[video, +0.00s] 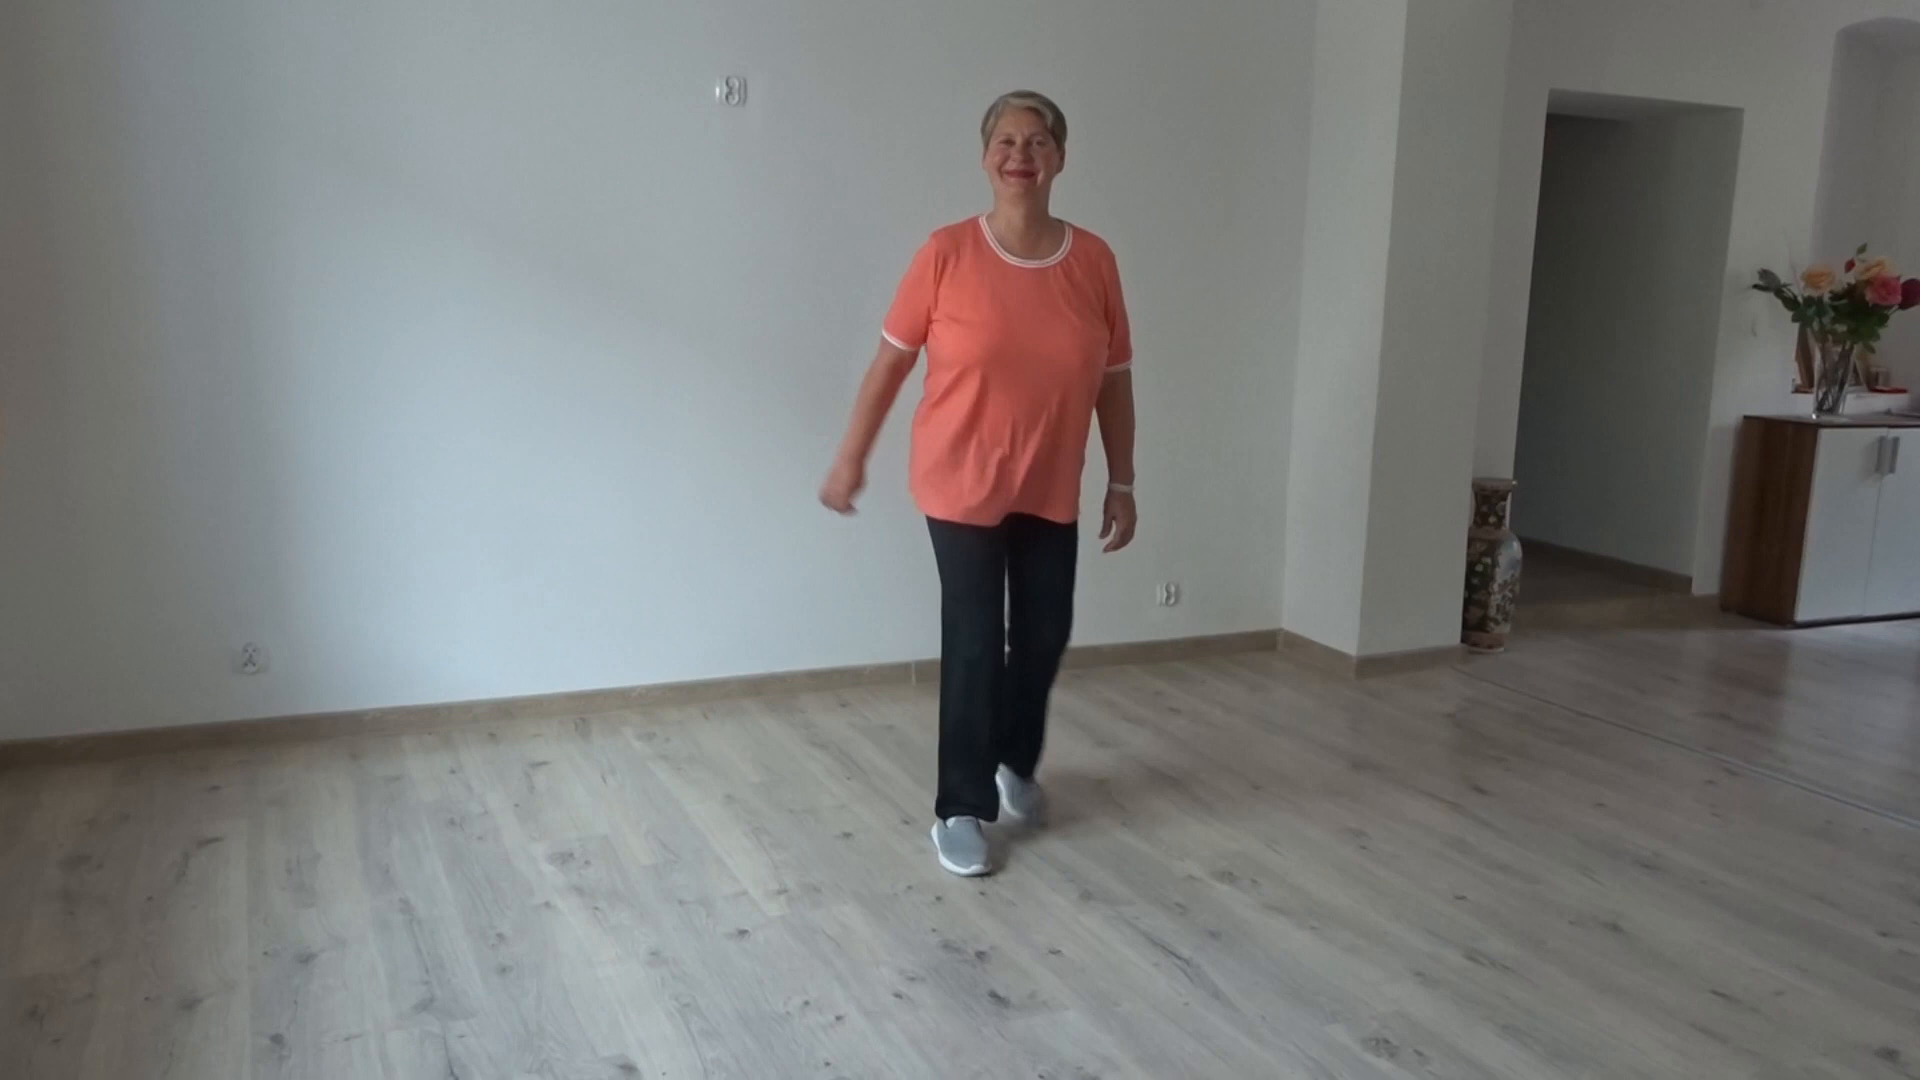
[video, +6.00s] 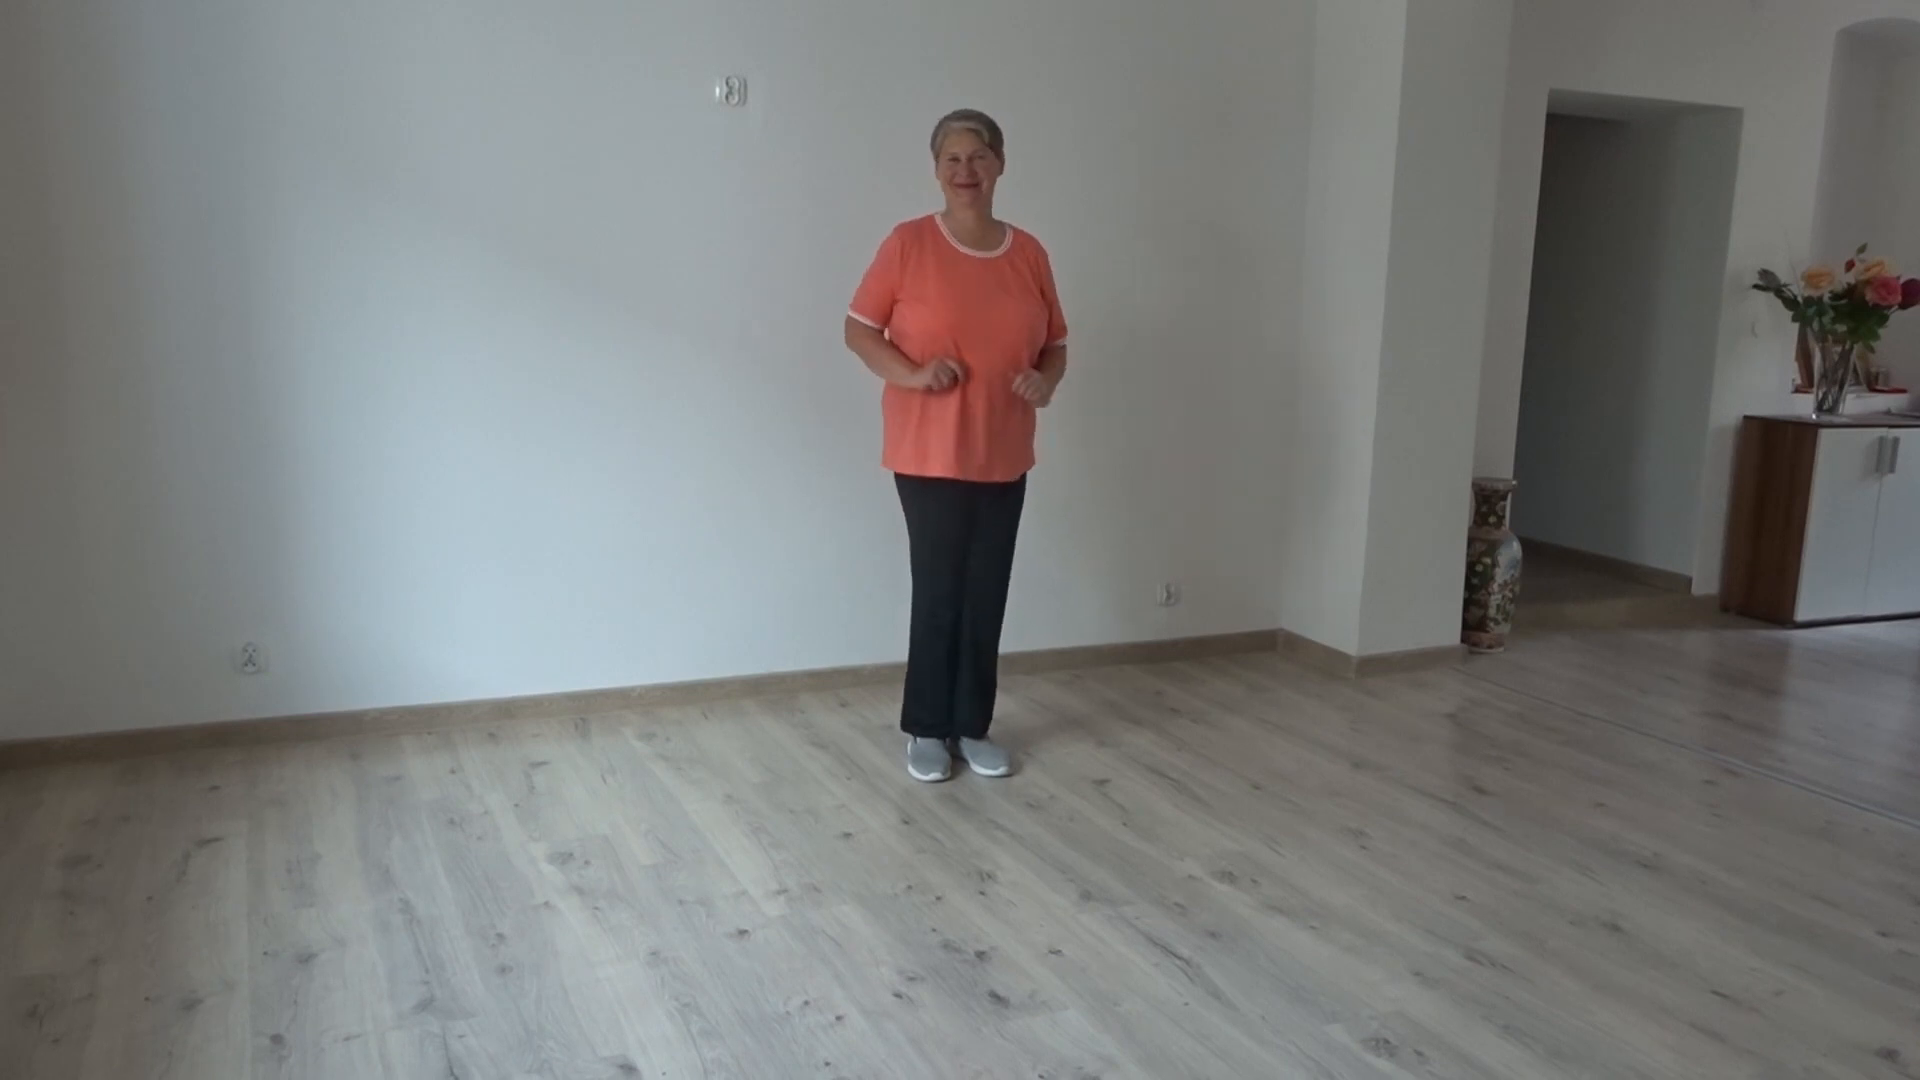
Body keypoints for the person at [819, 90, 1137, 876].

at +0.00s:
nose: (1018, 153)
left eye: (1035, 143)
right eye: (1005, 141)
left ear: (1059, 160)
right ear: (984, 157)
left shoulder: (1092, 259)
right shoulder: (948, 253)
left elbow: (1113, 380)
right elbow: (892, 360)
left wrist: (1122, 482)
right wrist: (850, 458)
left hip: (1051, 487)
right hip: (961, 483)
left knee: (1045, 637)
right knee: (974, 643)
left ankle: (1016, 761)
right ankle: (961, 809)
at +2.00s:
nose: (985, 165)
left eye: (994, 155)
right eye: (970, 157)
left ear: (1008, 167)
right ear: (945, 170)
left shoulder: (1026, 254)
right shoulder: (919, 242)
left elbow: (1038, 353)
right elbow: (870, 328)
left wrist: (1047, 427)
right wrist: (937, 380)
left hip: (1004, 458)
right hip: (935, 454)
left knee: (986, 597)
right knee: (941, 595)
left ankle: (969, 728)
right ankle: (924, 730)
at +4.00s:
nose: (988, 166)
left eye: (1000, 155)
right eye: (975, 157)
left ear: (1019, 167)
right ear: (956, 171)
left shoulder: (1046, 255)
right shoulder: (924, 243)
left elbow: (1071, 343)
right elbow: (876, 325)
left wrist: (1056, 378)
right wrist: (915, 365)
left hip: (1012, 460)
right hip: (937, 457)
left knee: (991, 599)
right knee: (942, 595)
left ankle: (974, 728)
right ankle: (926, 730)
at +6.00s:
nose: (968, 167)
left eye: (979, 155)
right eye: (954, 157)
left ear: (999, 166)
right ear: (936, 169)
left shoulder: (1027, 252)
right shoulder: (907, 245)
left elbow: (1055, 341)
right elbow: (859, 330)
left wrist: (1044, 377)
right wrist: (911, 374)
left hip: (1003, 460)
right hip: (931, 459)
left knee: (985, 600)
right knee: (938, 599)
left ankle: (972, 730)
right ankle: (927, 732)